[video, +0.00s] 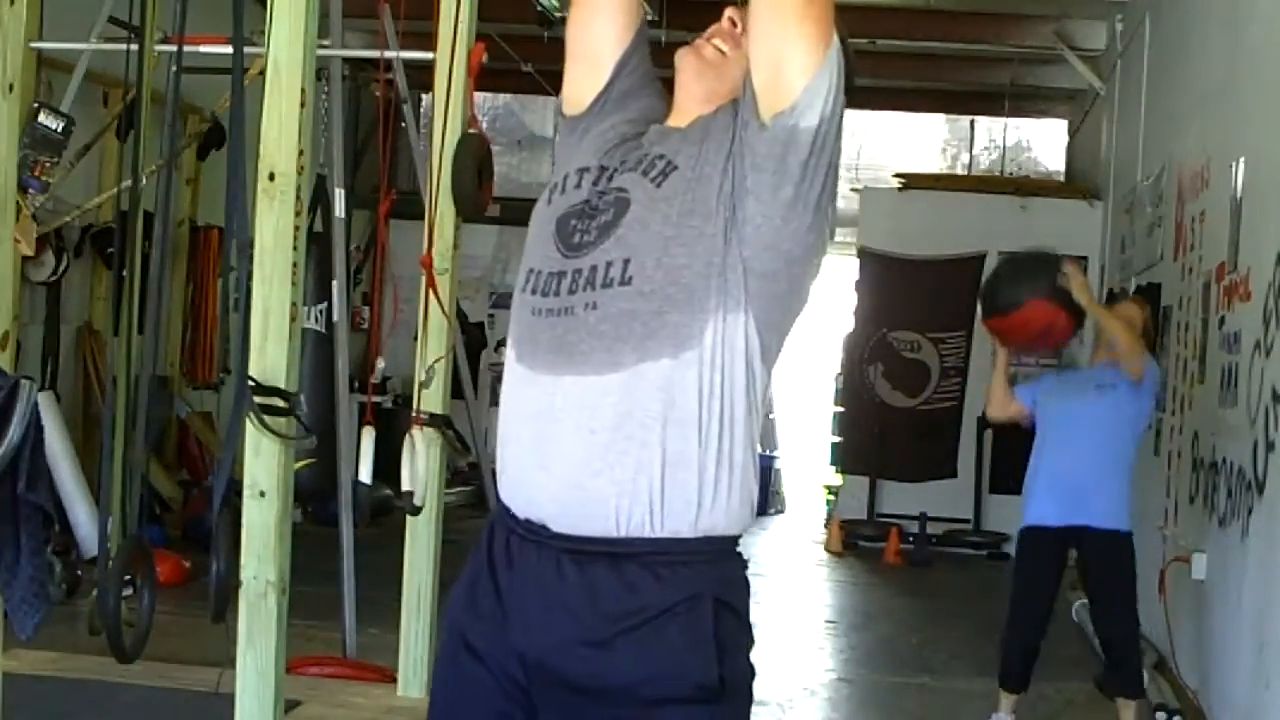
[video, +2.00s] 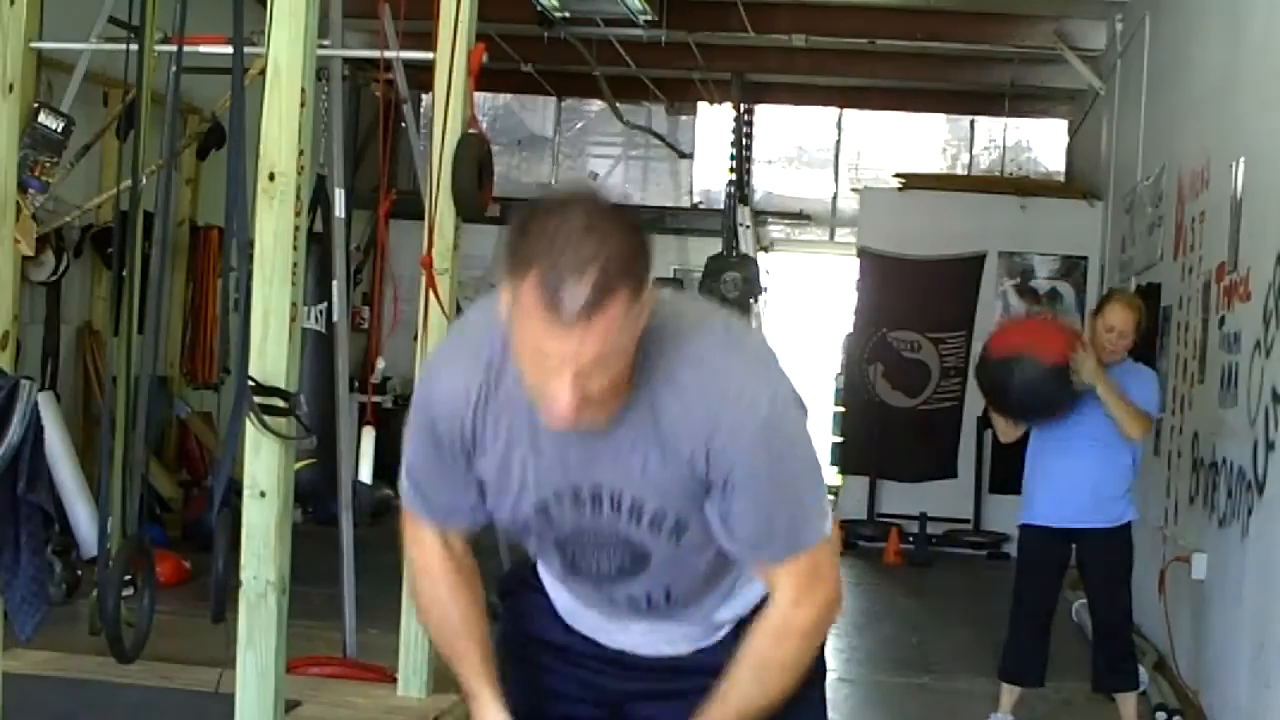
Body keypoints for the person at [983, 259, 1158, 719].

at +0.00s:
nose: (1123, 326)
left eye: (1132, 320)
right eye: (1117, 317)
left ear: (1144, 336)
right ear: (1101, 326)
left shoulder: (1140, 382)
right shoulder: (1053, 384)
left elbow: (1125, 345)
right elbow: (998, 409)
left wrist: (1087, 302)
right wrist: (1003, 351)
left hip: (1106, 521)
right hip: (1044, 518)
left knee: (1119, 630)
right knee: (1024, 621)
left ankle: (1129, 714)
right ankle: (1004, 712)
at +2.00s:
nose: (1116, 341)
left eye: (1126, 334)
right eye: (1109, 329)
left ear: (1135, 338)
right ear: (1091, 324)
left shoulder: (1140, 377)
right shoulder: (1056, 366)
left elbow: (1138, 429)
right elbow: (1008, 432)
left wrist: (1098, 379)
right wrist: (1000, 375)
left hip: (1107, 521)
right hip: (1043, 519)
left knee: (1114, 621)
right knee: (1029, 615)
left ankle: (1131, 715)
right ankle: (1004, 712)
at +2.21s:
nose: (1110, 361)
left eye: (1119, 355)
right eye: (1103, 350)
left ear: (1129, 354)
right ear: (1086, 342)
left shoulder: (1137, 392)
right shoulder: (1047, 381)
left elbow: (1142, 465)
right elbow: (1012, 436)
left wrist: (1113, 454)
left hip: (1107, 526)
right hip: (1043, 523)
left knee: (1116, 624)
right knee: (1026, 616)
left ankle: (1131, 715)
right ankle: (1002, 712)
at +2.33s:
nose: (1105, 400)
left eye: (1115, 392)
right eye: (1099, 388)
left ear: (1124, 393)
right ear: (1082, 382)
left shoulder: (1135, 427)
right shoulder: (1035, 417)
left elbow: (1143, 497)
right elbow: (1006, 476)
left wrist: (1121, 530)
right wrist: (1002, 522)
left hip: (1105, 525)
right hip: (1040, 518)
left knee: (1123, 623)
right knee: (1020, 616)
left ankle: (1132, 712)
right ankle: (1002, 711)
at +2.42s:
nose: (1100, 445)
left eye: (1111, 437)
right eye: (1094, 433)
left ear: (1122, 434)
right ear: (1078, 424)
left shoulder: (1134, 464)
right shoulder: (1037, 450)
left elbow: (1142, 536)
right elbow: (1008, 515)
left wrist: (1126, 590)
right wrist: (1007, 572)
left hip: (1107, 555)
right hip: (1040, 549)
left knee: (1132, 631)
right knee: (1011, 615)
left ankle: (1132, 713)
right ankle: (1001, 711)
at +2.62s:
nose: (1097, 521)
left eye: (1106, 512)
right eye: (1089, 511)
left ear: (1118, 510)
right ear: (1073, 503)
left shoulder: (1134, 528)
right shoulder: (1042, 511)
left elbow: (1141, 600)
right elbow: (1013, 584)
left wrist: (1131, 674)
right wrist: (1013, 652)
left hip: (1103, 584)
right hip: (1044, 580)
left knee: (1153, 635)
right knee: (994, 625)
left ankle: (1137, 712)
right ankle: (998, 709)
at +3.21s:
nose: (1098, 484)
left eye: (1108, 474)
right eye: (1090, 472)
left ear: (1119, 474)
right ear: (1075, 467)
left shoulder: (1134, 501)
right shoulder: (1044, 488)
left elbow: (1141, 574)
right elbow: (1018, 554)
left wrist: (1128, 640)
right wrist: (1011, 619)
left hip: (1108, 574)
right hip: (1045, 569)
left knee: (1151, 631)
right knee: (1004, 625)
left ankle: (1137, 713)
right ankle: (1000, 712)